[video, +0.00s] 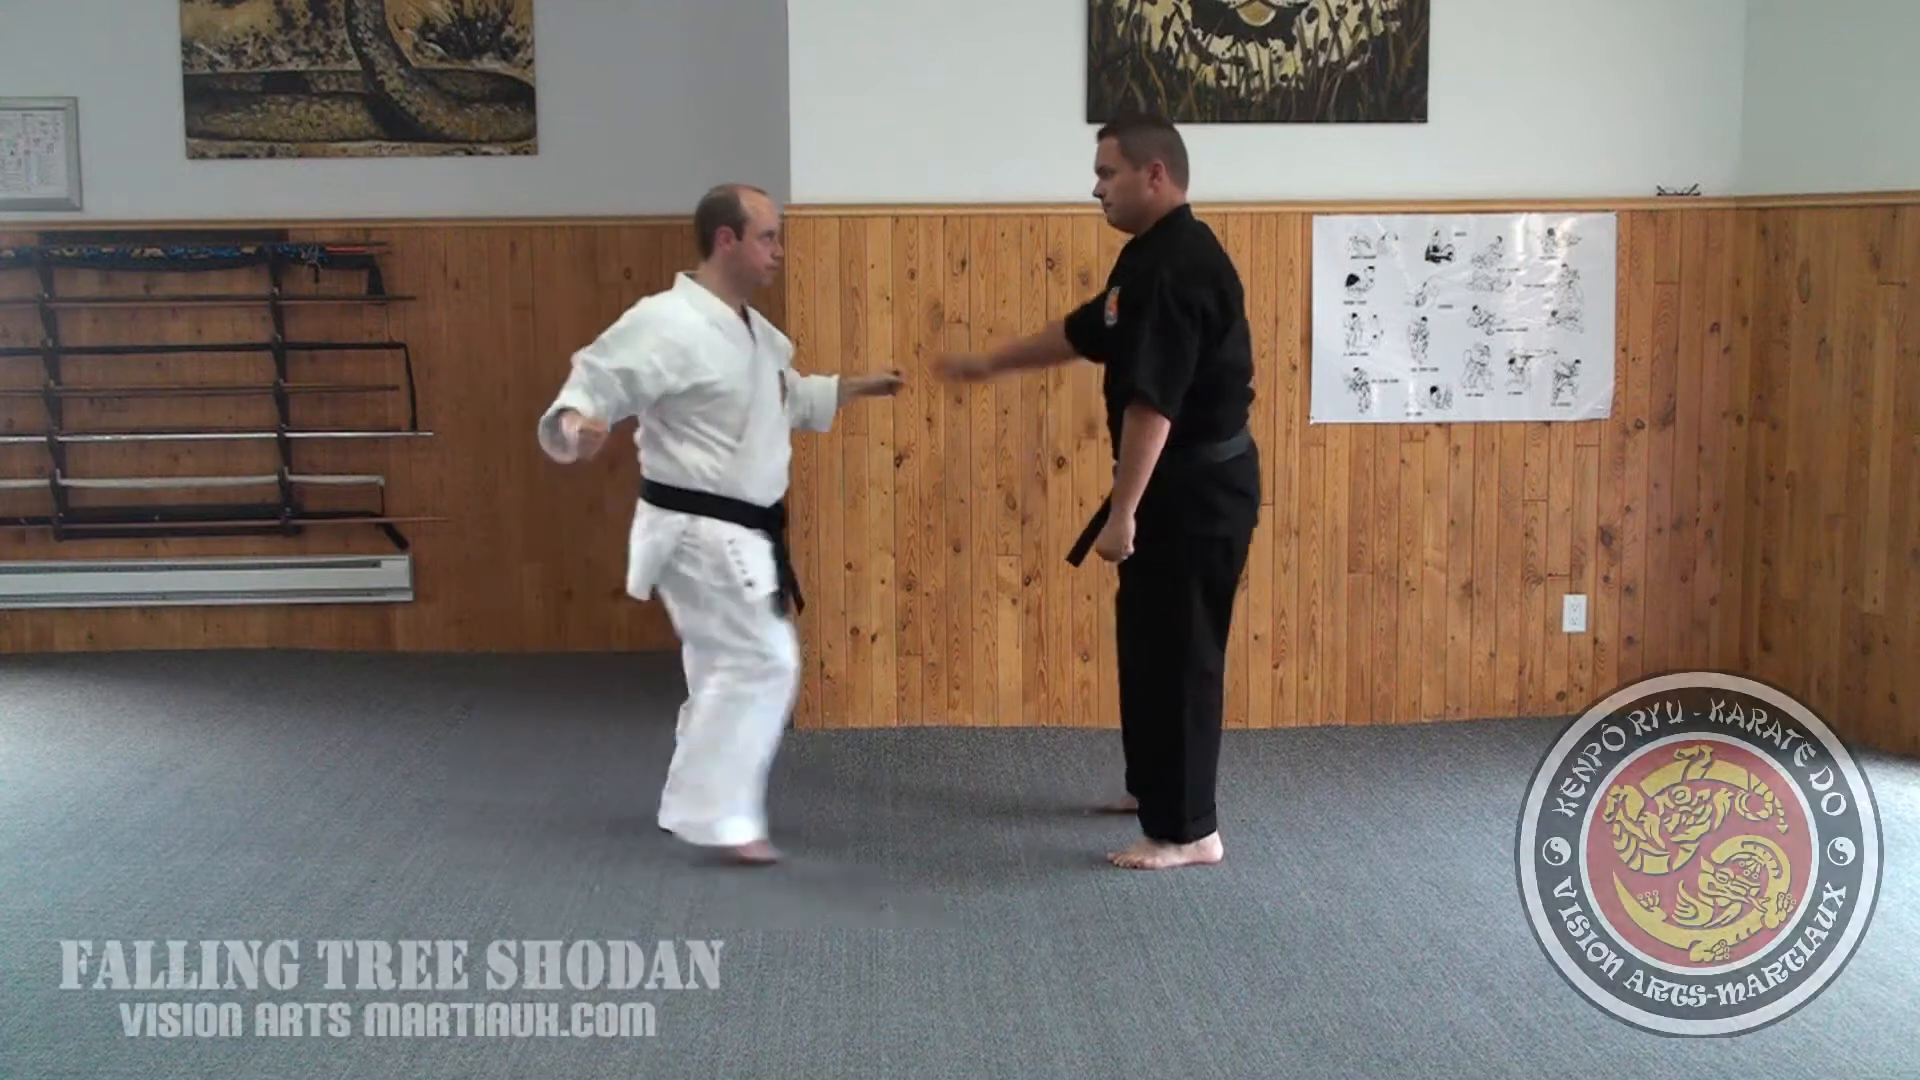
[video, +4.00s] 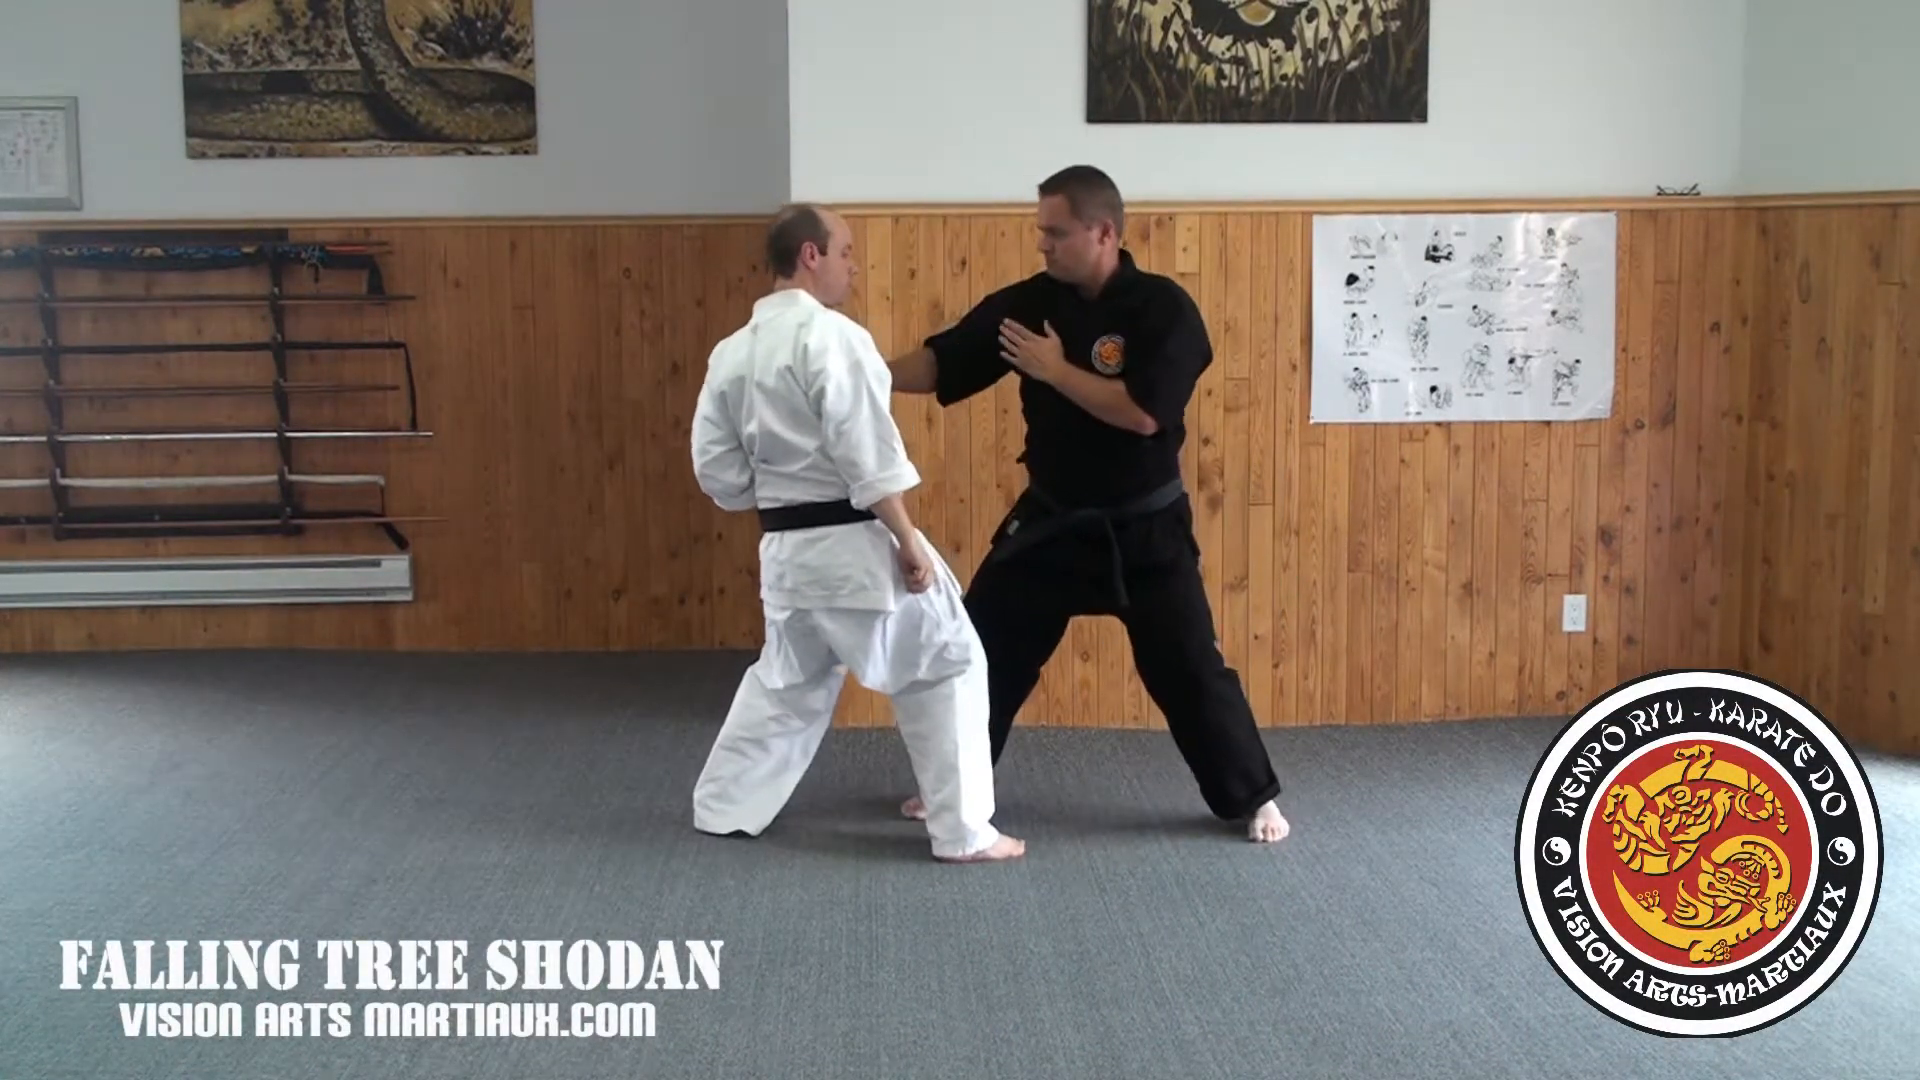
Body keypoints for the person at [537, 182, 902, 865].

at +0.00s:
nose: (779, 252)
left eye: (779, 239)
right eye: (768, 238)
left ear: (742, 243)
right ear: (725, 240)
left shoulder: (758, 334)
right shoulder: (665, 322)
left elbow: (788, 399)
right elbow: (585, 394)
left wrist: (856, 388)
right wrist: (572, 432)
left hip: (744, 527)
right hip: (697, 528)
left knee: (721, 672)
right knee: (766, 662)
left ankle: (695, 804)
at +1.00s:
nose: (929, 251)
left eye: (928, 237)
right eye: (921, 237)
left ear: (862, 243)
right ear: (885, 240)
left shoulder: (786, 312)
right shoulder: (921, 306)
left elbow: (737, 421)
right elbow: (1014, 279)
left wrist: (799, 447)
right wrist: (1095, 233)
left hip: (788, 529)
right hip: (875, 535)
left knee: (774, 675)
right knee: (941, 672)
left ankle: (723, 812)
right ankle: (962, 834)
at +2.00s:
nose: (885, 248)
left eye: (881, 235)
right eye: (875, 236)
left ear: (823, 249)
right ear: (843, 245)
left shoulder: (765, 333)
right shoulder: (873, 329)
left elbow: (731, 440)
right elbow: (894, 446)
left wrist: (792, 480)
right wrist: (933, 537)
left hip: (790, 540)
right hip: (872, 541)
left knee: (781, 677)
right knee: (950, 669)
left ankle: (721, 809)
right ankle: (965, 830)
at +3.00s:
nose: (839, 247)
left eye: (831, 237)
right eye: (828, 239)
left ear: (780, 267)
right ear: (803, 257)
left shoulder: (749, 353)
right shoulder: (856, 329)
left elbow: (735, 474)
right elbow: (894, 444)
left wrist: (799, 487)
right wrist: (934, 533)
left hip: (801, 547)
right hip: (880, 540)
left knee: (787, 679)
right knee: (965, 666)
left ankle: (721, 807)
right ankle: (965, 830)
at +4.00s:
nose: (852, 270)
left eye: (851, 256)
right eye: (845, 256)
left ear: (786, 262)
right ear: (810, 258)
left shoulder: (730, 353)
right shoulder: (833, 337)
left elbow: (720, 474)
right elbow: (865, 448)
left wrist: (786, 501)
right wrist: (907, 536)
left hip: (784, 553)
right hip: (859, 548)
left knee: (787, 678)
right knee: (949, 664)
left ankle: (721, 807)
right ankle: (964, 830)